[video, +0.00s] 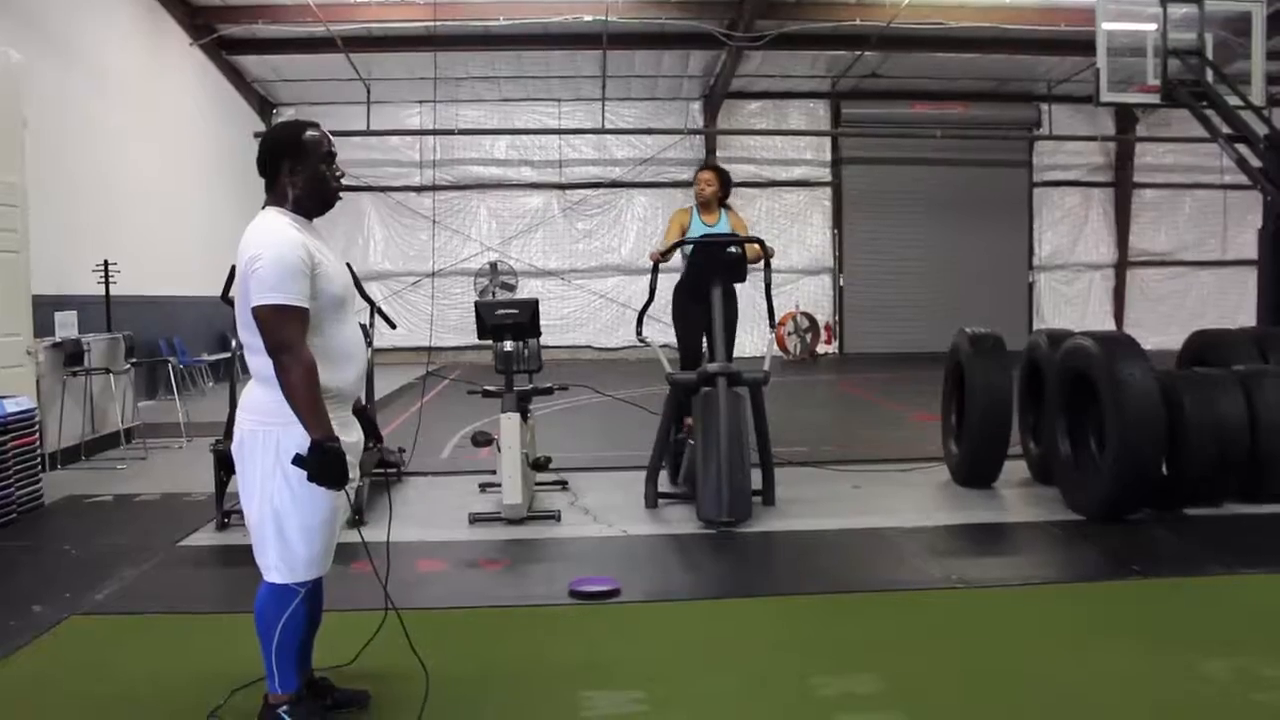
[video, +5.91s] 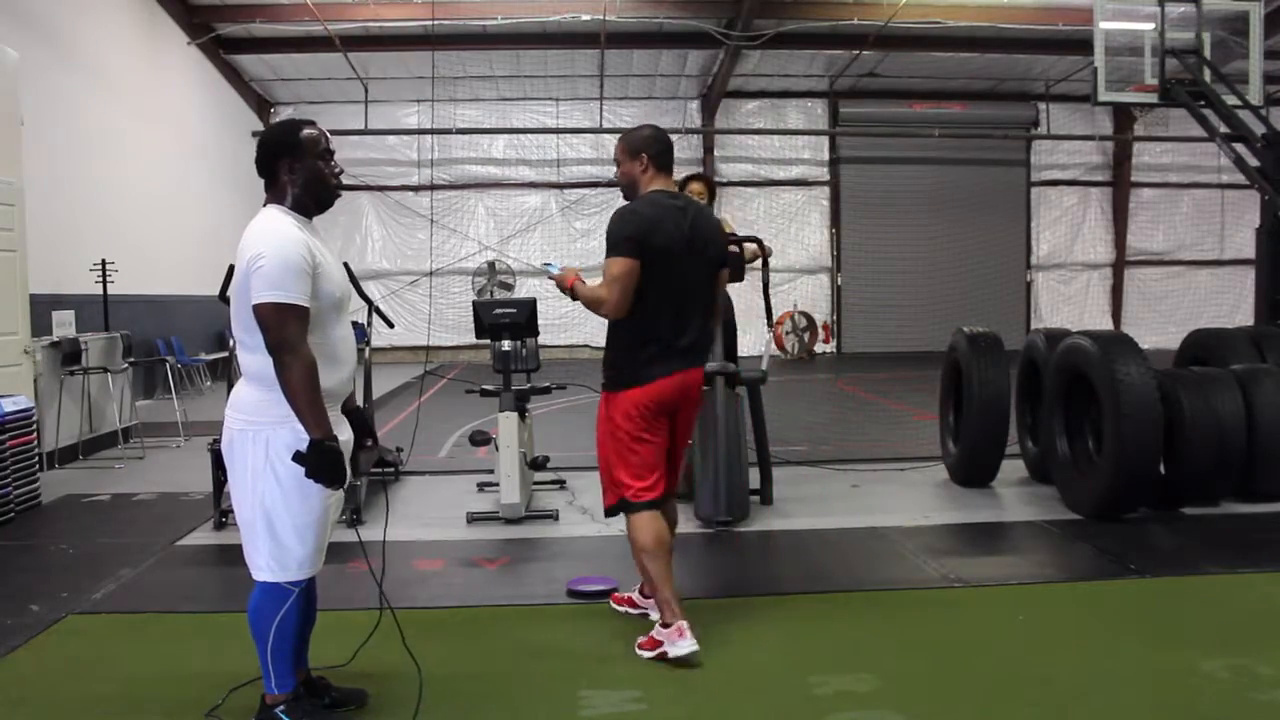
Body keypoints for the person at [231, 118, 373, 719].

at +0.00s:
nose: (339, 172)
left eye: (335, 161)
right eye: (326, 161)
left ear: (297, 173)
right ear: (291, 171)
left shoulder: (298, 238)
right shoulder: (275, 241)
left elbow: (324, 341)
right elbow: (286, 351)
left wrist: (361, 412)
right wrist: (323, 439)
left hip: (308, 428)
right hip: (285, 431)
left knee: (307, 567)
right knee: (289, 572)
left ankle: (299, 682)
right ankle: (285, 698)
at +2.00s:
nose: (335, 166)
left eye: (330, 155)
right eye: (321, 156)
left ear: (291, 171)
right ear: (286, 169)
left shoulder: (297, 237)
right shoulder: (272, 239)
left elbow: (318, 339)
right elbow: (281, 349)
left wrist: (352, 408)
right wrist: (320, 435)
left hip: (303, 428)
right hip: (278, 432)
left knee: (301, 565)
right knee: (284, 570)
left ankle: (298, 679)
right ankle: (280, 698)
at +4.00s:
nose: (336, 165)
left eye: (331, 154)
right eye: (323, 156)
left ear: (292, 171)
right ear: (288, 169)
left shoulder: (296, 238)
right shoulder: (274, 242)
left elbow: (312, 345)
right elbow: (283, 353)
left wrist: (350, 411)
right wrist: (318, 441)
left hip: (301, 429)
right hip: (278, 432)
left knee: (301, 566)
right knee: (284, 572)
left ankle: (297, 680)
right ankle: (281, 698)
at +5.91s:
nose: (338, 167)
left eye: (334, 156)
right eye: (325, 157)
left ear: (295, 171)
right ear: (291, 170)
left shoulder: (298, 237)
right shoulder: (276, 240)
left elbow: (312, 343)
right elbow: (285, 348)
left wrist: (350, 409)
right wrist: (321, 437)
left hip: (299, 428)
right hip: (276, 432)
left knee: (299, 566)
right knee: (283, 571)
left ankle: (296, 680)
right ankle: (281, 697)